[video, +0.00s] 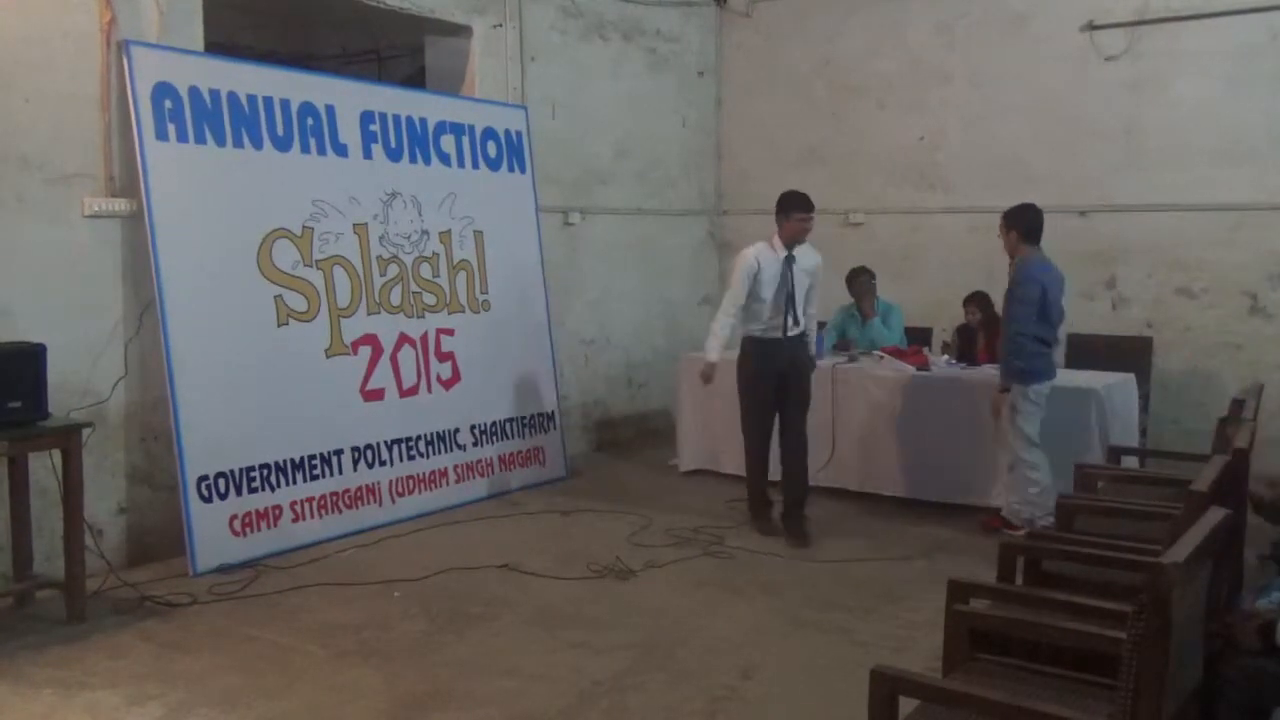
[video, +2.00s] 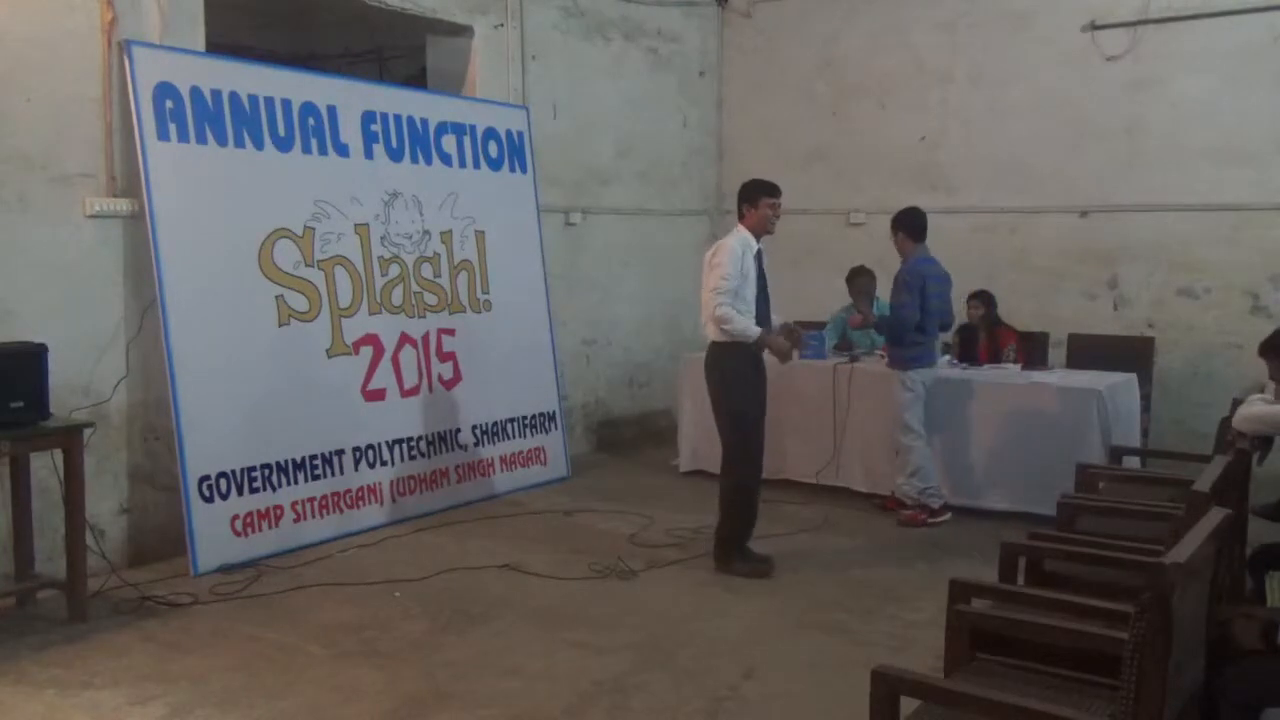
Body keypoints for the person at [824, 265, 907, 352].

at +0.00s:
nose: (864, 291)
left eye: (867, 285)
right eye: (859, 287)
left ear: (874, 287)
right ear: (851, 292)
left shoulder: (892, 311)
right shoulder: (844, 313)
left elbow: (892, 347)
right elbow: (824, 343)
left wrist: (870, 315)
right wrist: (836, 345)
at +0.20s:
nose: (863, 290)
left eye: (867, 284)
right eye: (858, 285)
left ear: (874, 287)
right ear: (850, 292)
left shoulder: (893, 311)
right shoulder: (844, 313)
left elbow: (891, 347)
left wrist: (870, 315)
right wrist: (842, 347)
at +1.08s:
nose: (866, 291)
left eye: (869, 285)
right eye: (859, 286)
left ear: (875, 288)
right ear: (850, 292)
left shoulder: (888, 314)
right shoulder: (843, 314)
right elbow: (826, 340)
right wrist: (836, 345)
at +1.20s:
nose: (865, 290)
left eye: (869, 285)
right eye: (859, 286)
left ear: (875, 287)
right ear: (850, 292)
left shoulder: (891, 309)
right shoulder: (844, 314)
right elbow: (827, 339)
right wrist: (837, 345)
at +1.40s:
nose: (864, 293)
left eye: (868, 287)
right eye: (859, 289)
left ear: (874, 288)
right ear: (850, 292)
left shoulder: (890, 310)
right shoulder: (843, 315)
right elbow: (826, 341)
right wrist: (837, 346)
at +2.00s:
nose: (864, 296)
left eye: (868, 292)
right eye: (859, 293)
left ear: (875, 290)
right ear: (850, 293)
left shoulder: (886, 311)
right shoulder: (842, 316)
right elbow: (827, 337)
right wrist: (836, 345)